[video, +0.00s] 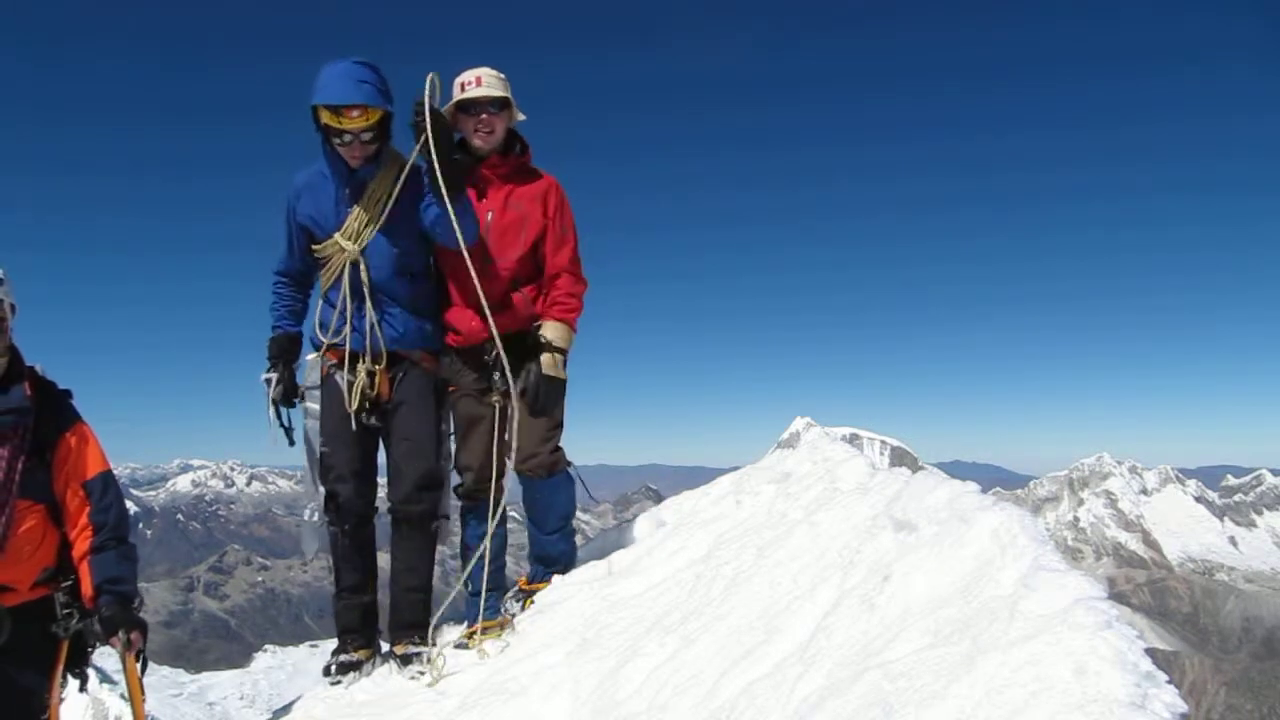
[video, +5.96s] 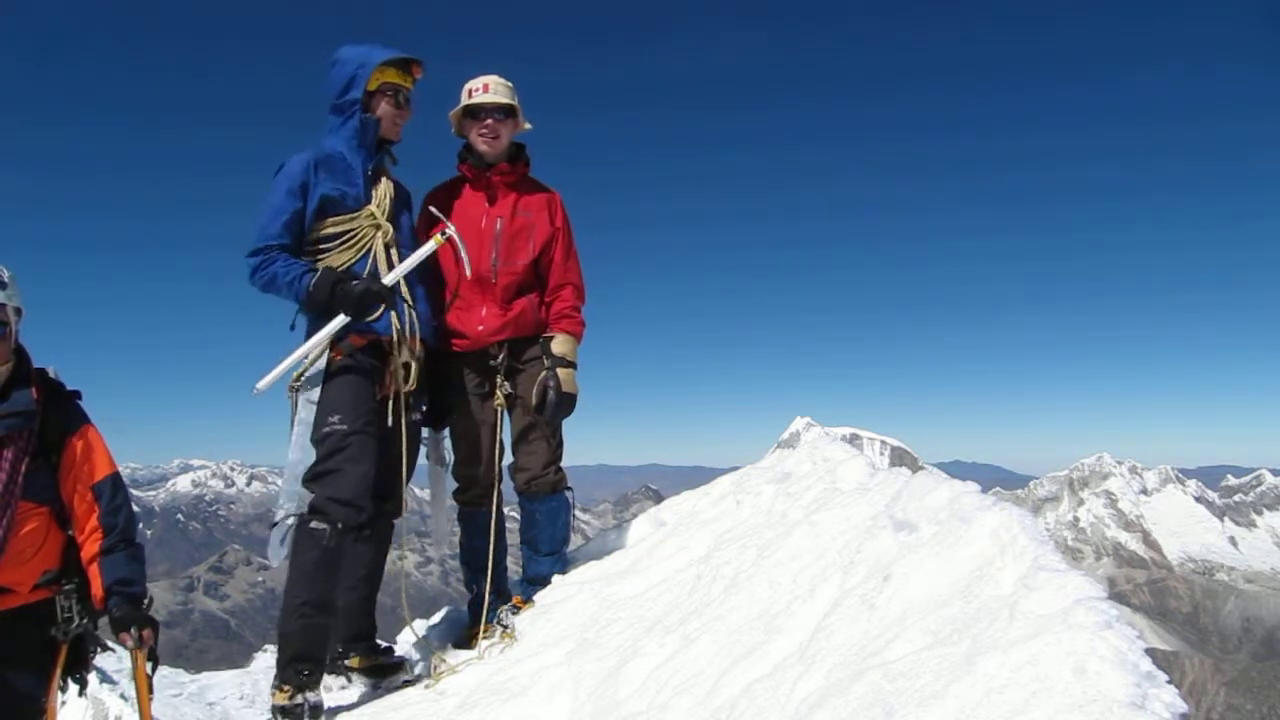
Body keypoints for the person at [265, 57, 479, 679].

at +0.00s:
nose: (354, 138)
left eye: (367, 125)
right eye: (340, 126)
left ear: (386, 122)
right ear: (322, 125)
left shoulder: (413, 180)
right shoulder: (307, 190)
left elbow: (458, 235)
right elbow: (290, 280)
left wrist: (440, 156)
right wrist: (281, 357)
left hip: (412, 362)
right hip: (339, 367)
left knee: (415, 500)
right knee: (346, 502)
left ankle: (409, 634)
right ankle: (355, 640)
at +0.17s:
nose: (352, 140)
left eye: (364, 126)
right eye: (338, 128)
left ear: (384, 123)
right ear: (319, 127)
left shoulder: (416, 186)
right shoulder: (306, 191)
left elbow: (459, 269)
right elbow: (289, 281)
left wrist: (447, 256)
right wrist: (282, 359)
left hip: (411, 363)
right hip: (338, 366)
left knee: (414, 500)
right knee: (346, 501)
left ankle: (410, 634)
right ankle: (355, 640)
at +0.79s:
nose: (366, 131)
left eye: (378, 118)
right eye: (353, 119)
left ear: (397, 119)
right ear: (335, 119)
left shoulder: (418, 191)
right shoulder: (311, 185)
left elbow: (448, 280)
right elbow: (288, 274)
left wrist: (451, 361)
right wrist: (272, 349)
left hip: (411, 366)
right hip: (337, 369)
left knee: (402, 498)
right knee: (342, 501)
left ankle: (388, 638)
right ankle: (352, 638)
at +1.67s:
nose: (391, 91)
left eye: (405, 81)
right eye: (379, 79)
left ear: (419, 91)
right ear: (360, 86)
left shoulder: (437, 180)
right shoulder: (320, 162)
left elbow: (465, 264)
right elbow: (280, 253)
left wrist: (503, 277)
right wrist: (266, 327)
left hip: (416, 354)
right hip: (341, 349)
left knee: (407, 502)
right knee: (335, 496)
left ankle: (390, 646)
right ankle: (316, 661)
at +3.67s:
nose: (386, 93)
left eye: (400, 85)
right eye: (375, 82)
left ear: (414, 98)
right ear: (354, 89)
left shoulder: (422, 188)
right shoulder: (315, 157)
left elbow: (438, 281)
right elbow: (259, 248)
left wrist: (443, 356)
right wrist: (256, 333)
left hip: (407, 361)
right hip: (339, 354)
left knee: (378, 506)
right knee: (331, 502)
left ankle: (355, 641)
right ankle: (302, 669)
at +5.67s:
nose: (407, 104)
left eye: (411, 94)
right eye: (394, 92)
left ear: (409, 104)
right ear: (360, 97)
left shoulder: (409, 191)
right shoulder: (316, 164)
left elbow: (430, 283)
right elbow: (258, 254)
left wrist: (437, 360)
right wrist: (311, 277)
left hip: (406, 364)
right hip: (345, 357)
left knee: (377, 507)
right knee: (329, 505)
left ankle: (354, 642)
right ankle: (299, 675)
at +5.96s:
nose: (403, 108)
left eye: (407, 98)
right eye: (391, 96)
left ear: (404, 107)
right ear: (357, 100)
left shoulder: (400, 193)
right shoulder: (313, 168)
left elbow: (421, 281)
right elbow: (262, 261)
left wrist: (433, 359)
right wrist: (327, 286)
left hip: (402, 361)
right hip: (347, 356)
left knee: (380, 504)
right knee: (340, 499)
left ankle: (354, 642)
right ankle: (297, 675)